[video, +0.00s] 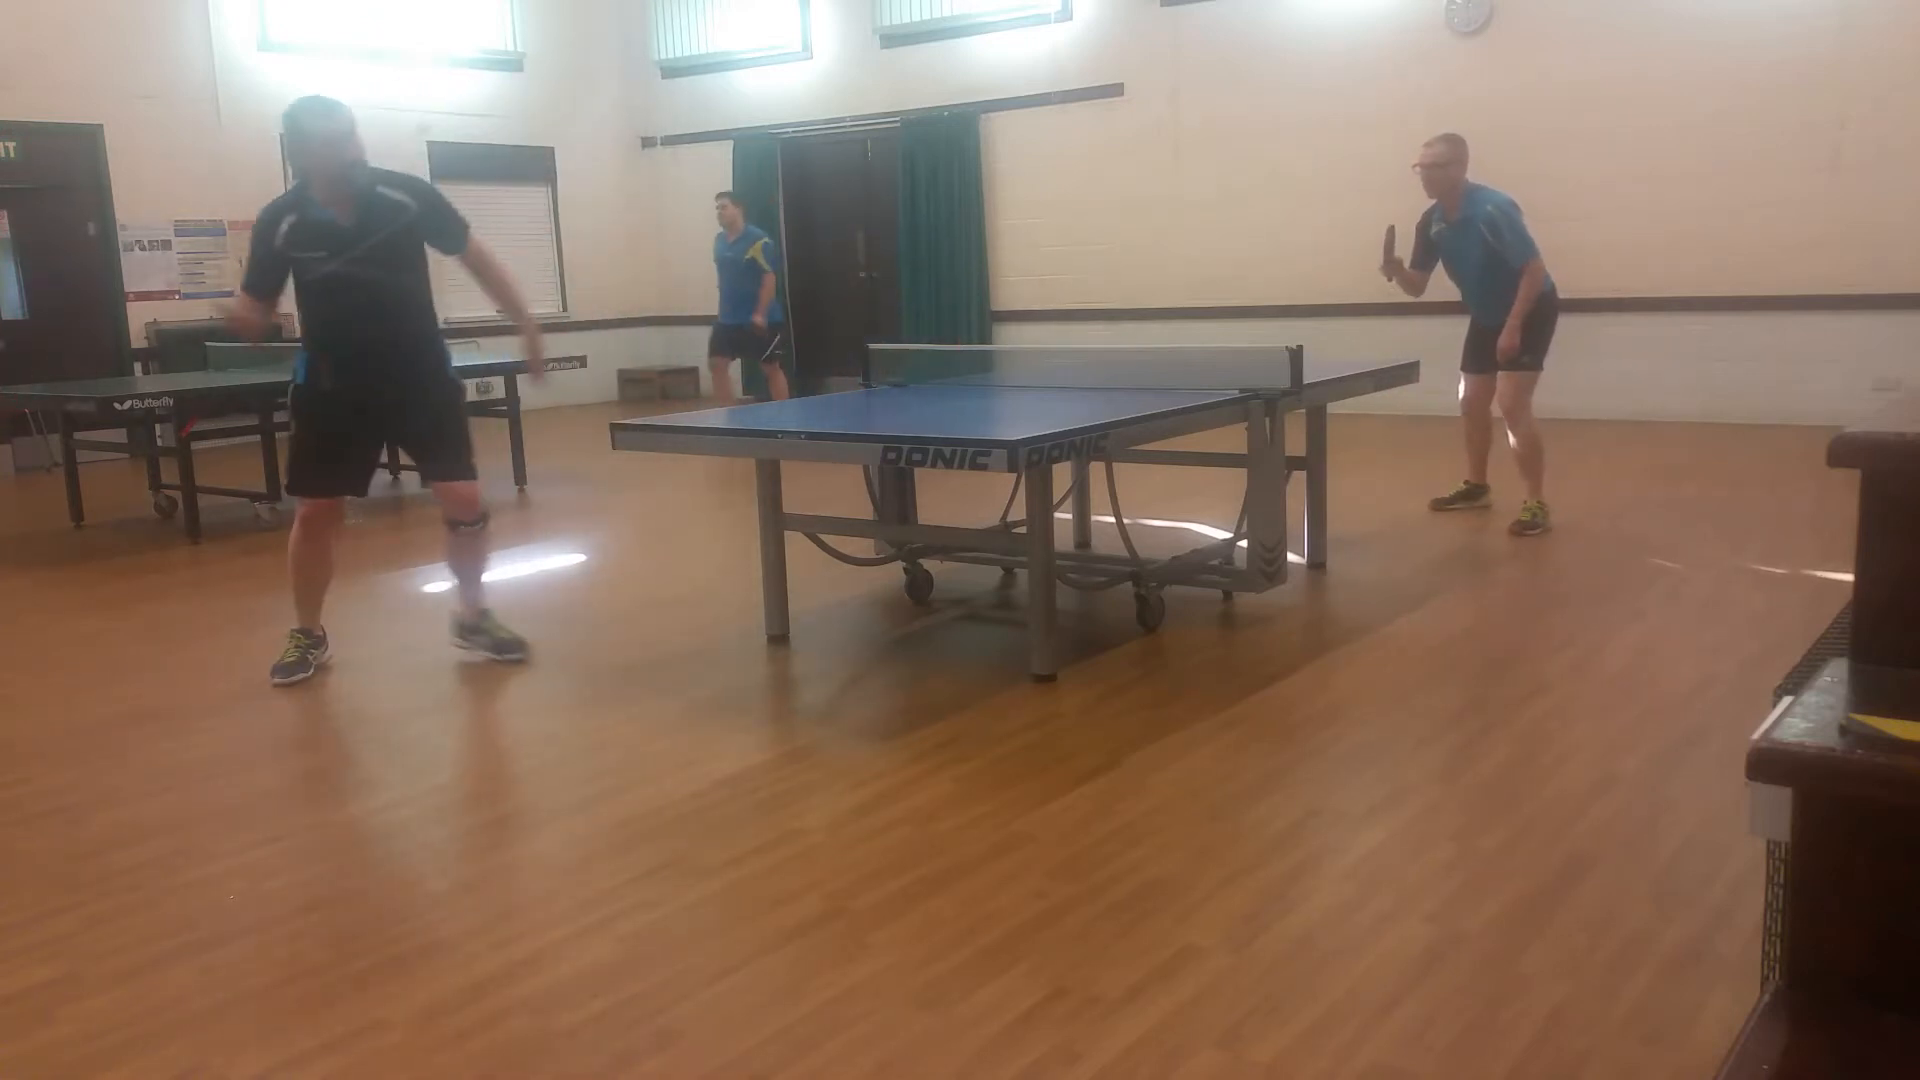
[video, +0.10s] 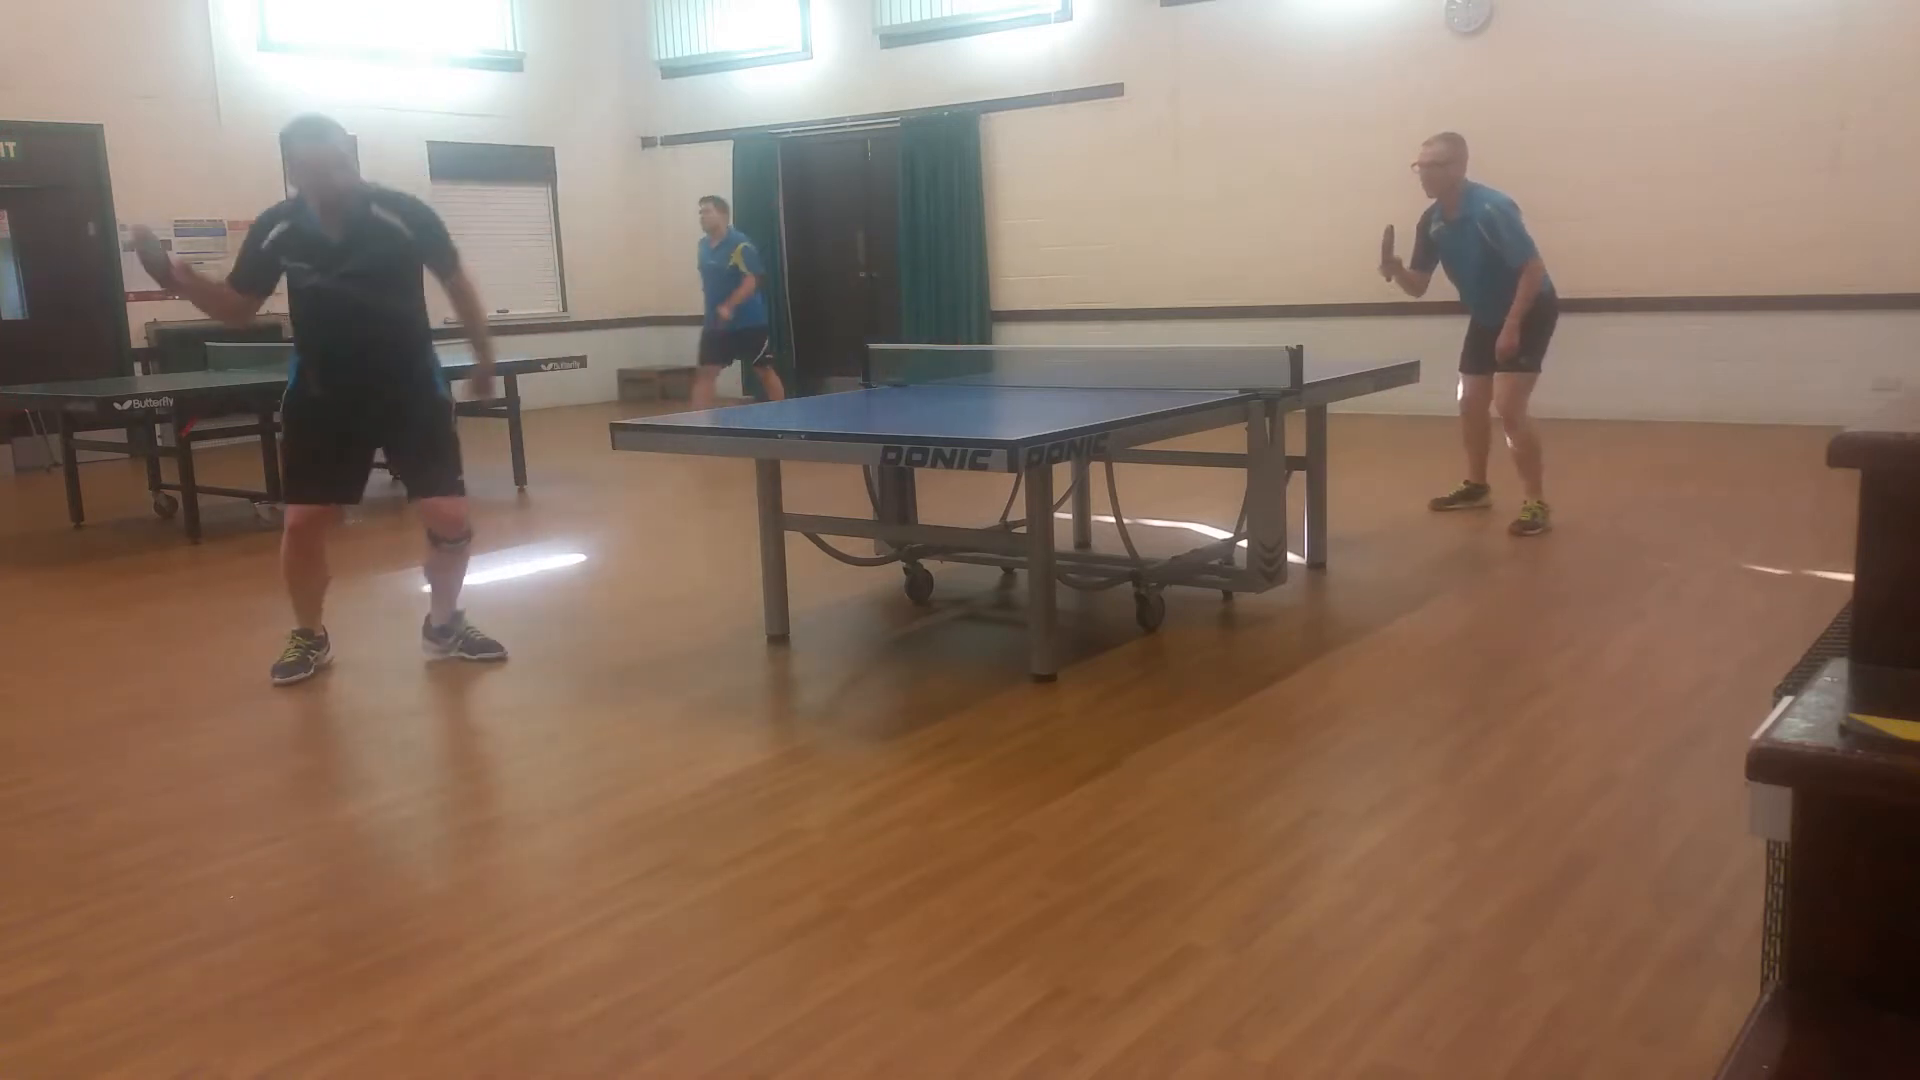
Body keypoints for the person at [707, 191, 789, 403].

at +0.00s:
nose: (719, 212)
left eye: (723, 207)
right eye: (717, 208)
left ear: (738, 209)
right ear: (717, 213)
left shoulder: (758, 240)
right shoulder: (720, 240)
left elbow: (769, 277)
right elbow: (724, 279)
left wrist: (761, 313)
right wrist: (725, 311)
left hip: (760, 319)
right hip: (728, 319)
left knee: (771, 368)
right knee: (718, 365)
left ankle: (784, 417)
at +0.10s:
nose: (701, 216)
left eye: (707, 212)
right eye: (700, 212)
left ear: (722, 215)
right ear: (702, 217)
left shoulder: (741, 244)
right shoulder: (704, 245)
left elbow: (751, 280)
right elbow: (710, 283)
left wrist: (729, 305)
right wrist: (711, 312)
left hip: (748, 321)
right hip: (716, 322)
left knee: (764, 371)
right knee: (706, 373)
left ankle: (783, 420)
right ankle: (698, 426)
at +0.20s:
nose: (681, 219)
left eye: (687, 214)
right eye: (681, 215)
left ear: (704, 217)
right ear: (680, 219)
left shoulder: (720, 246)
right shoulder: (684, 248)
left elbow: (734, 281)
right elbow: (693, 283)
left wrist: (702, 298)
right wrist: (686, 300)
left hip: (729, 325)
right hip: (697, 325)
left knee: (750, 375)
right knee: (686, 375)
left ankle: (776, 417)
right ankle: (685, 427)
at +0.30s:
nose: (662, 214)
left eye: (667, 209)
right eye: (662, 210)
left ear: (685, 212)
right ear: (662, 214)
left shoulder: (703, 240)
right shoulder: (666, 243)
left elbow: (717, 277)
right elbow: (673, 279)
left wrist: (684, 290)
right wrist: (662, 290)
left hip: (708, 323)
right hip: (677, 323)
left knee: (722, 375)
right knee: (675, 376)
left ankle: (759, 407)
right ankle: (683, 428)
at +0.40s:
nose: (647, 208)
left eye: (652, 203)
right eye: (646, 203)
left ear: (669, 206)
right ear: (647, 208)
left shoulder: (689, 236)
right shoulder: (650, 238)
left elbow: (702, 273)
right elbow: (655, 278)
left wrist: (666, 283)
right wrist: (648, 314)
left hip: (690, 318)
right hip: (662, 319)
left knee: (692, 370)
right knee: (671, 375)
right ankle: (682, 425)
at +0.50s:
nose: (631, 208)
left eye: (636, 203)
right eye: (630, 204)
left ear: (653, 206)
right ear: (631, 208)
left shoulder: (675, 236)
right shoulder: (633, 239)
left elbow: (690, 274)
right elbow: (633, 279)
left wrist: (655, 281)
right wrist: (624, 313)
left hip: (676, 317)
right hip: (649, 320)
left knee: (668, 372)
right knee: (662, 375)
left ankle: (682, 424)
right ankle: (677, 424)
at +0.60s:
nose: (615, 215)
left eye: (620, 210)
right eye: (614, 211)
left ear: (638, 212)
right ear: (615, 215)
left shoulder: (660, 242)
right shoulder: (619, 244)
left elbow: (677, 280)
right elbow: (614, 284)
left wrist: (642, 287)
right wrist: (602, 312)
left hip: (661, 323)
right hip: (635, 324)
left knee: (648, 377)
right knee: (658, 381)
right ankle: (685, 432)